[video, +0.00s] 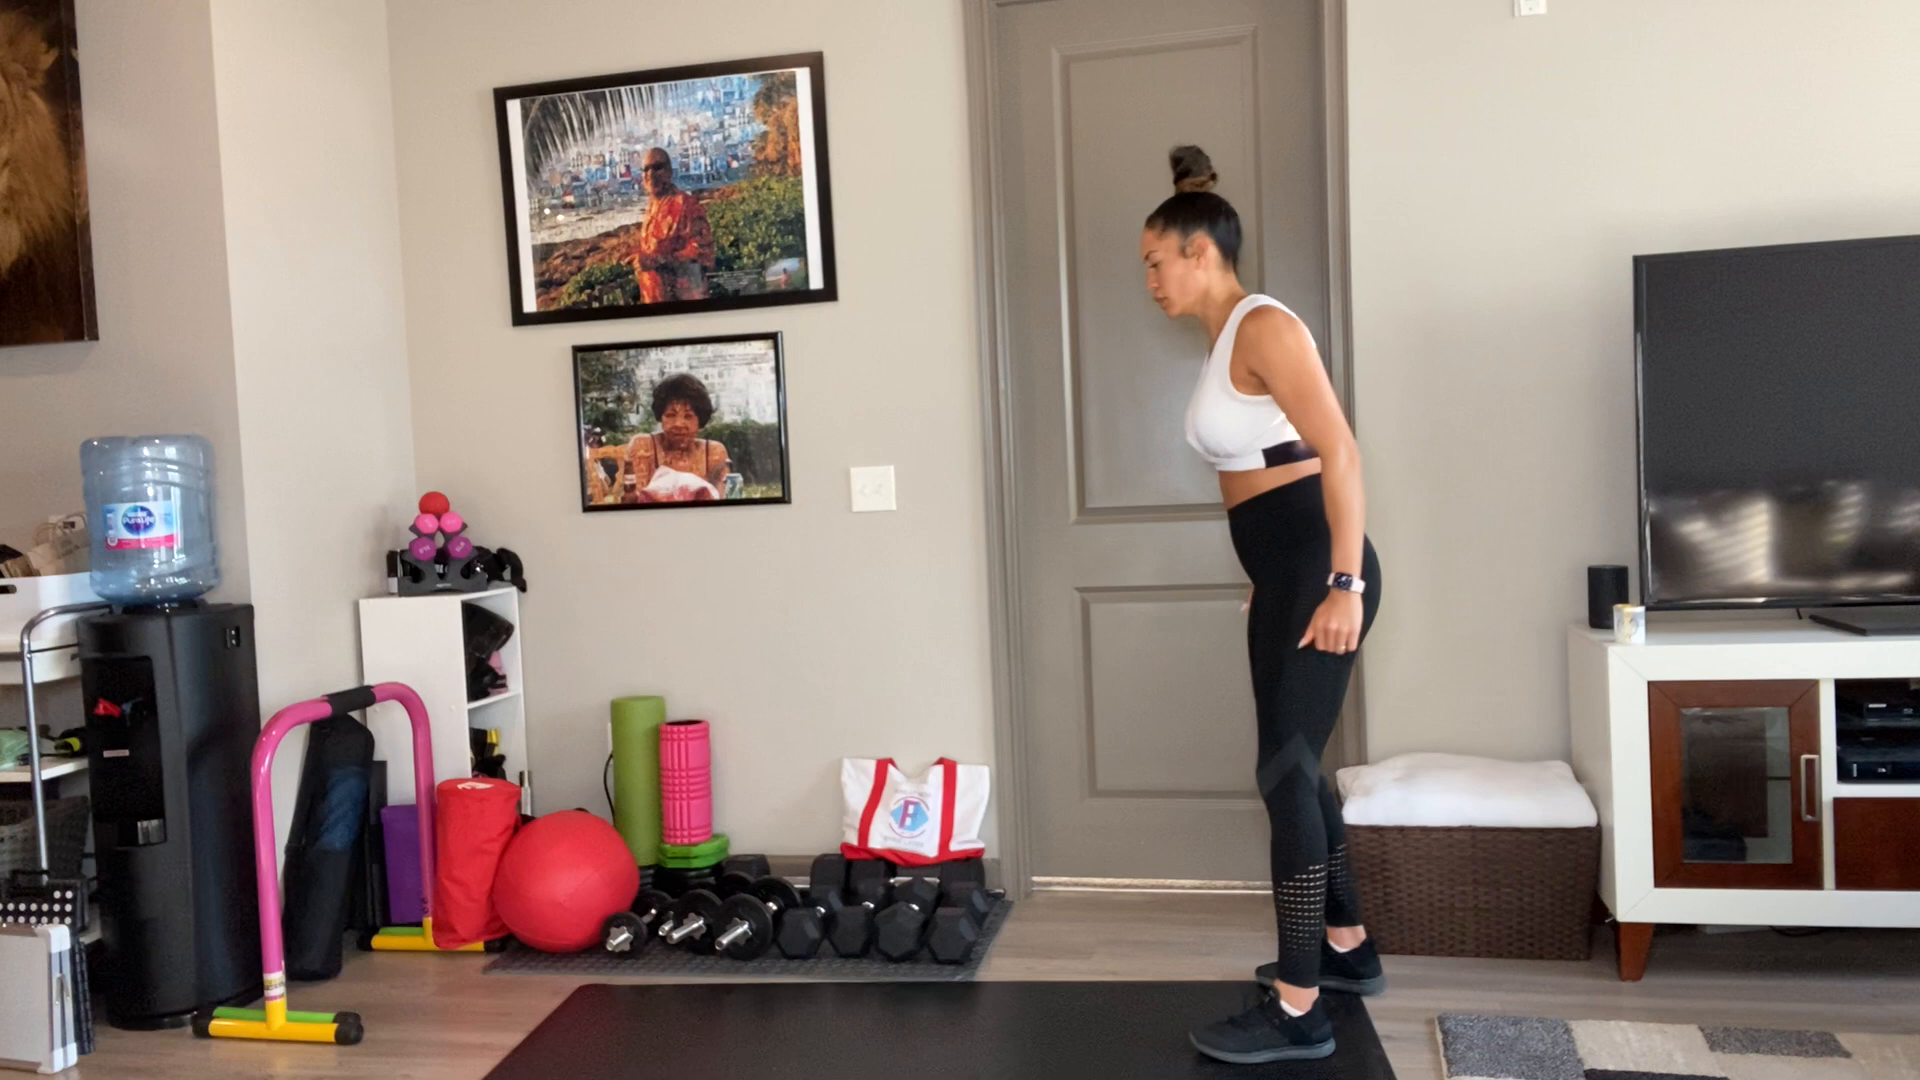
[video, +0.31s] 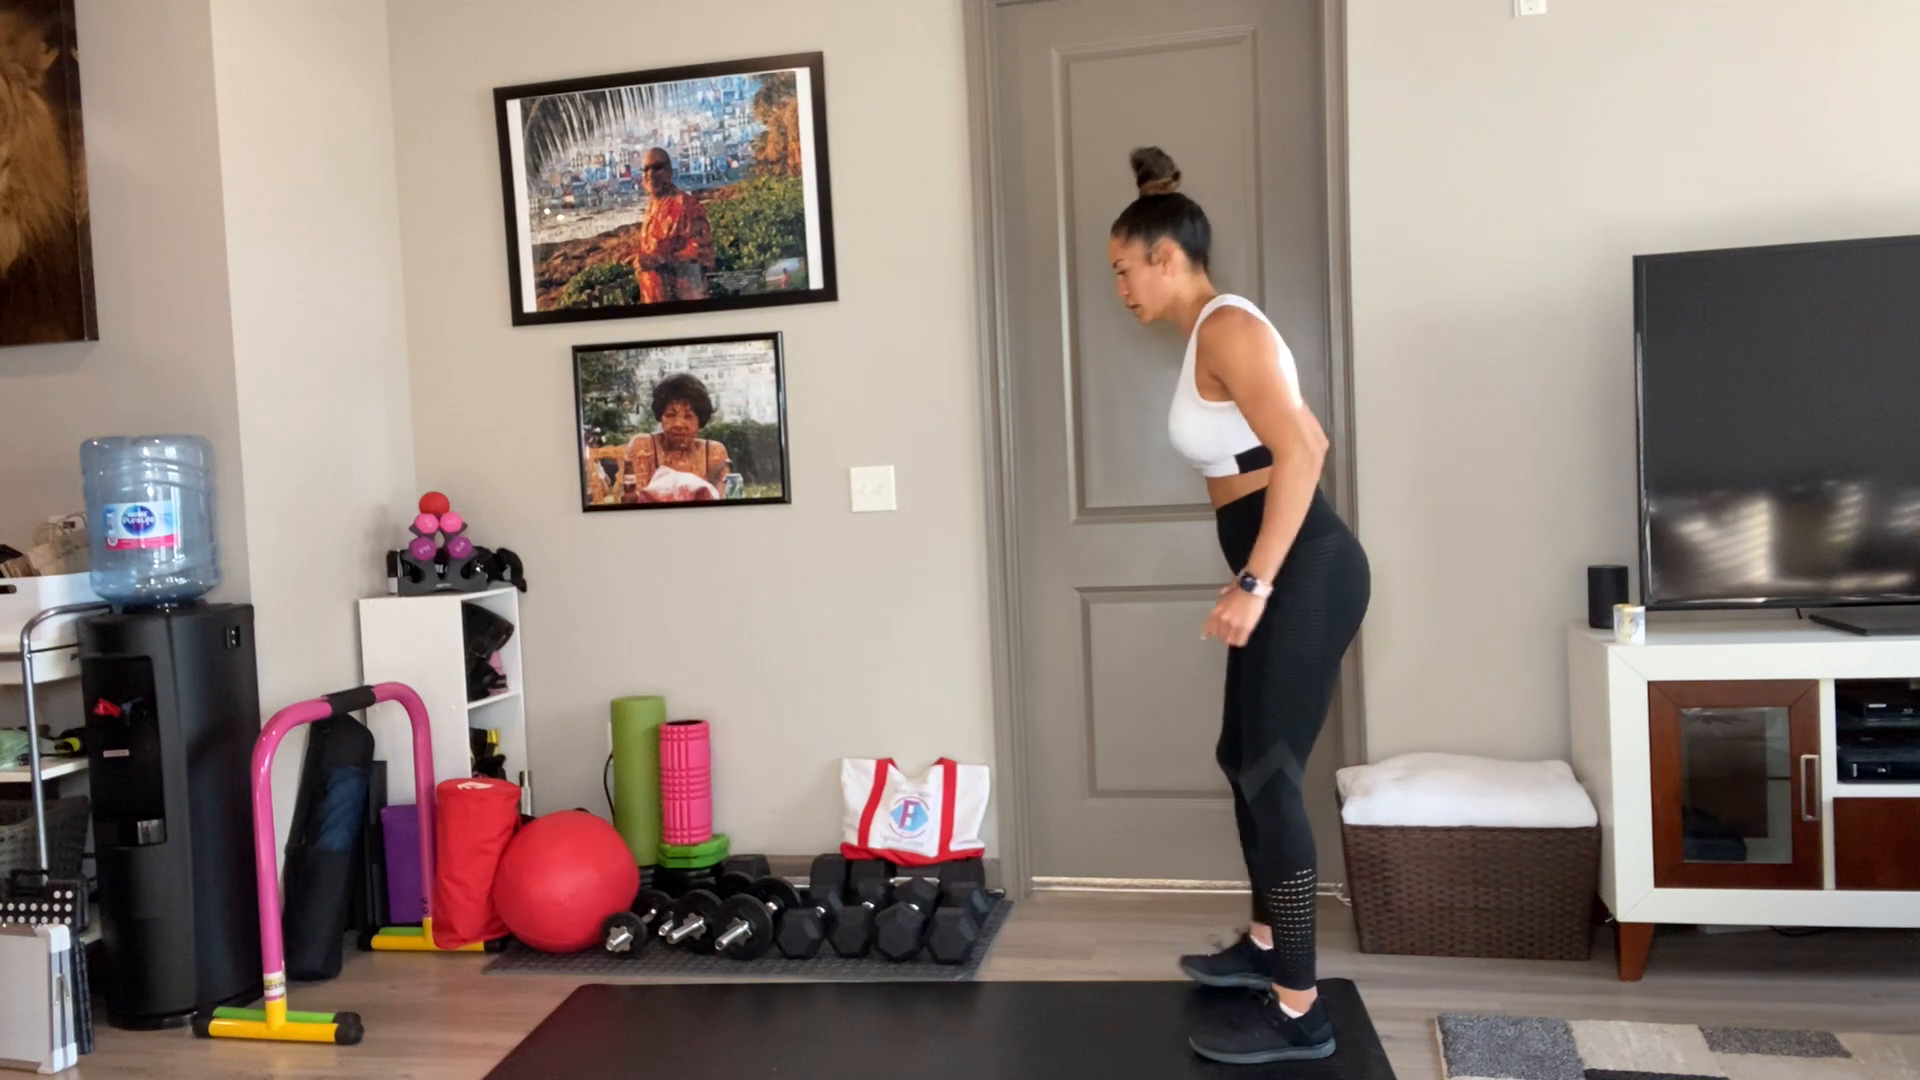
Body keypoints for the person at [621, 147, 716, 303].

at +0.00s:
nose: (650, 174)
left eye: (657, 167)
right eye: (646, 169)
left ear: (670, 172)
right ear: (642, 176)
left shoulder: (686, 204)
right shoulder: (653, 206)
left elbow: (703, 254)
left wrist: (655, 260)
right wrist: (639, 257)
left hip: (683, 297)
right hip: (655, 297)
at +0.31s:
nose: (650, 174)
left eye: (657, 167)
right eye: (646, 169)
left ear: (670, 172)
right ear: (642, 176)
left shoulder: (686, 204)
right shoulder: (653, 206)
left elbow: (702, 254)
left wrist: (655, 260)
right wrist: (639, 257)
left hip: (683, 297)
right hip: (655, 297)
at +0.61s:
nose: (650, 174)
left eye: (657, 167)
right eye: (646, 169)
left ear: (670, 172)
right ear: (642, 176)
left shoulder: (686, 204)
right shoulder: (653, 206)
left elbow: (703, 255)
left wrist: (655, 260)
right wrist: (639, 257)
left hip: (683, 297)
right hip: (655, 297)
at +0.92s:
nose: (650, 174)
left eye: (657, 167)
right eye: (646, 169)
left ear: (670, 172)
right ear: (642, 176)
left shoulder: (686, 204)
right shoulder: (653, 206)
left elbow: (703, 254)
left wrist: (655, 260)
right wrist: (639, 257)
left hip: (683, 298)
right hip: (655, 297)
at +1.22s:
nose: (650, 174)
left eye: (657, 167)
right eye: (646, 169)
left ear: (670, 172)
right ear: (642, 176)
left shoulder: (686, 204)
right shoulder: (653, 206)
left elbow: (703, 254)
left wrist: (656, 260)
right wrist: (638, 257)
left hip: (683, 297)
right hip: (654, 297)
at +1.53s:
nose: (650, 174)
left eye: (657, 167)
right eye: (646, 169)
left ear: (670, 172)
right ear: (642, 175)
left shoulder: (686, 204)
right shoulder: (653, 206)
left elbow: (703, 254)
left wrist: (656, 260)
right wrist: (639, 257)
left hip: (682, 297)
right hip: (654, 297)